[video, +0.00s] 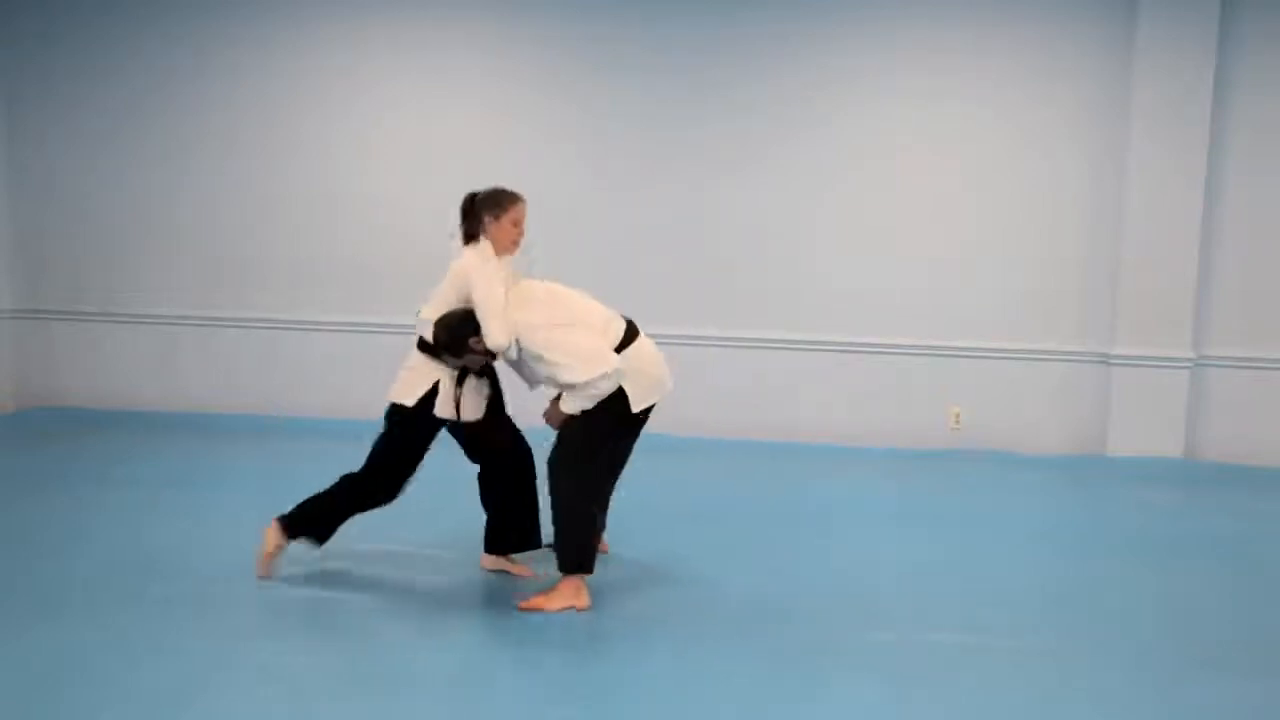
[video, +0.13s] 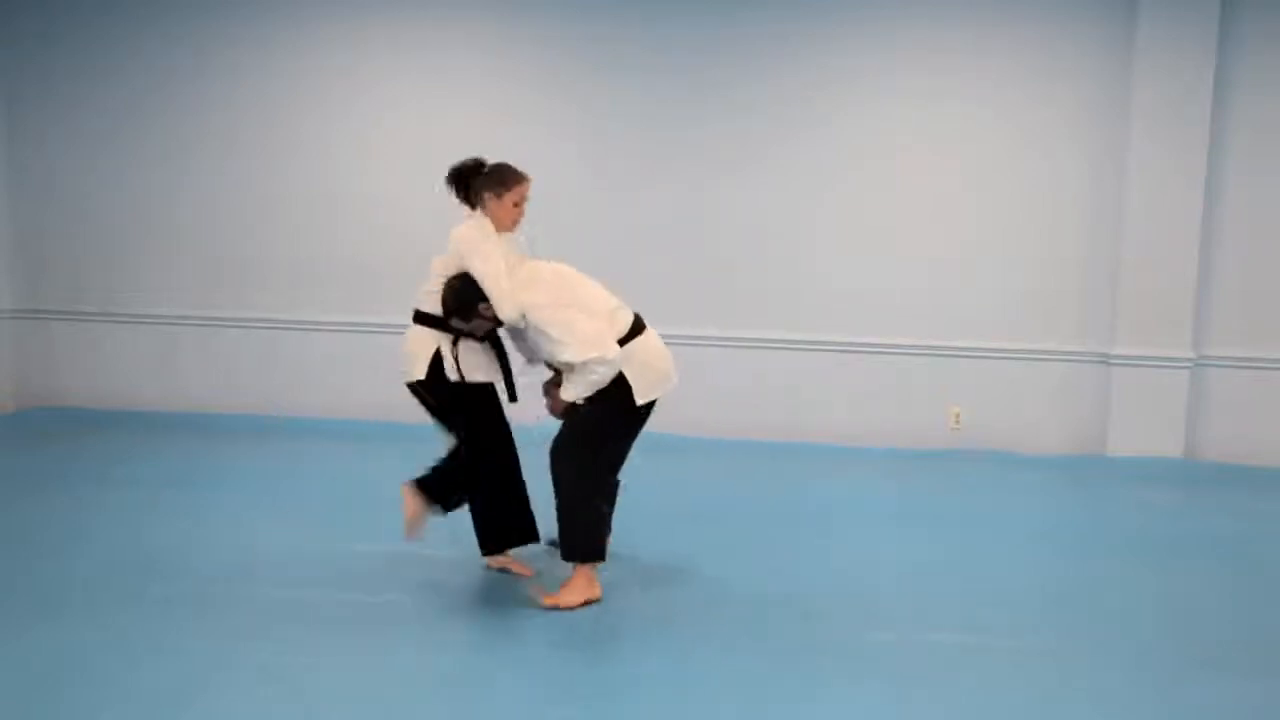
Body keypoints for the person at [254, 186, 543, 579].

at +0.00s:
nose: (522, 233)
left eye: (523, 225)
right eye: (515, 225)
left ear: (493, 226)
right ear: (489, 225)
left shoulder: (499, 265)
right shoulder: (477, 263)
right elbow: (499, 338)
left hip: (469, 386)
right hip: (430, 383)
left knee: (510, 457)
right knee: (382, 482)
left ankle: (498, 551)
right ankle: (285, 529)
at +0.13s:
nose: (522, 214)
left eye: (524, 204)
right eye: (516, 204)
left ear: (498, 203)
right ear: (488, 200)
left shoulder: (501, 242)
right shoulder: (473, 236)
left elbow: (516, 316)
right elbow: (511, 311)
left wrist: (549, 364)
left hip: (469, 357)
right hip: (440, 358)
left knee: (491, 445)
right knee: (485, 442)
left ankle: (497, 549)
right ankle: (424, 493)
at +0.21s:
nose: (534, 218)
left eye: (535, 209)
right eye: (528, 209)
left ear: (505, 205)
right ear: (502, 204)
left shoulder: (495, 239)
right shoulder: (489, 239)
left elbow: (512, 308)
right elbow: (513, 310)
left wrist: (545, 358)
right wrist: (550, 355)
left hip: (450, 347)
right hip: (440, 348)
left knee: (477, 442)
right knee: (526, 384)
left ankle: (491, 549)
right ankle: (495, 465)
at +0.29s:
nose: (548, 234)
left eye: (551, 225)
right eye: (545, 224)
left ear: (522, 216)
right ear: (520, 216)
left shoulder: (505, 245)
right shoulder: (502, 249)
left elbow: (516, 317)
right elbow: (516, 323)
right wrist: (546, 358)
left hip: (447, 351)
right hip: (438, 354)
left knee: (482, 447)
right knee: (531, 380)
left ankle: (492, 552)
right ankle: (481, 456)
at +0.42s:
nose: (566, 263)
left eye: (569, 254)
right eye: (564, 253)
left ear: (542, 242)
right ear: (542, 242)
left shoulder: (513, 264)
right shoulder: (516, 270)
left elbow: (519, 336)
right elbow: (521, 343)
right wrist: (552, 382)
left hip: (427, 368)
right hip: (427, 371)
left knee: (478, 450)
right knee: (479, 450)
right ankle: (493, 553)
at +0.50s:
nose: (571, 282)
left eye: (574, 273)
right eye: (567, 274)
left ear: (546, 264)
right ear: (546, 267)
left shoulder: (527, 287)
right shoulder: (514, 286)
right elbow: (524, 363)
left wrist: (560, 402)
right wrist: (551, 398)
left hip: (460, 388)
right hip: (415, 384)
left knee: (487, 461)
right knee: (405, 491)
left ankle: (495, 553)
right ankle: (320, 487)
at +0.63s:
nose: (562, 306)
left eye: (565, 298)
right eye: (559, 297)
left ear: (537, 287)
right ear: (538, 288)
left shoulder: (514, 308)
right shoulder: (511, 311)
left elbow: (516, 380)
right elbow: (522, 387)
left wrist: (560, 407)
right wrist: (556, 410)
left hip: (439, 405)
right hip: (407, 399)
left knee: (494, 457)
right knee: (340, 479)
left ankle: (494, 550)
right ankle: (233, 544)